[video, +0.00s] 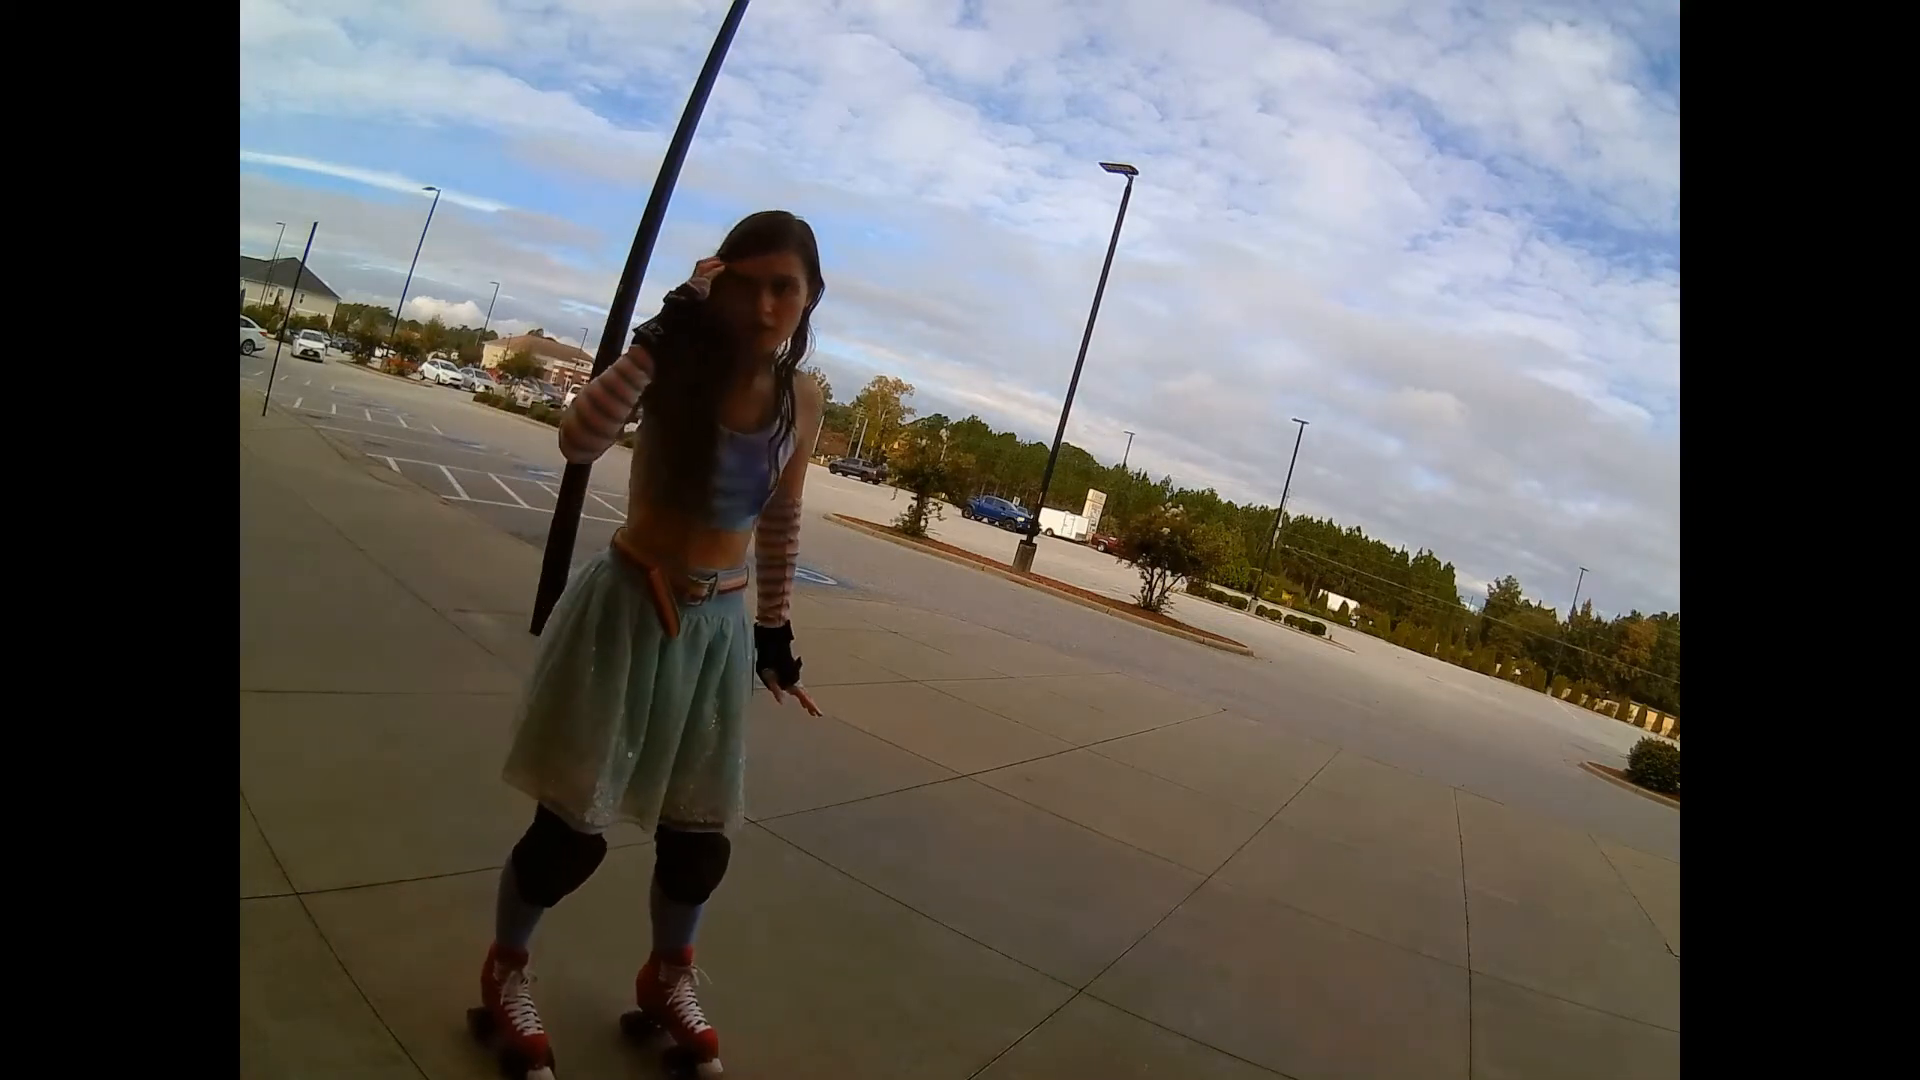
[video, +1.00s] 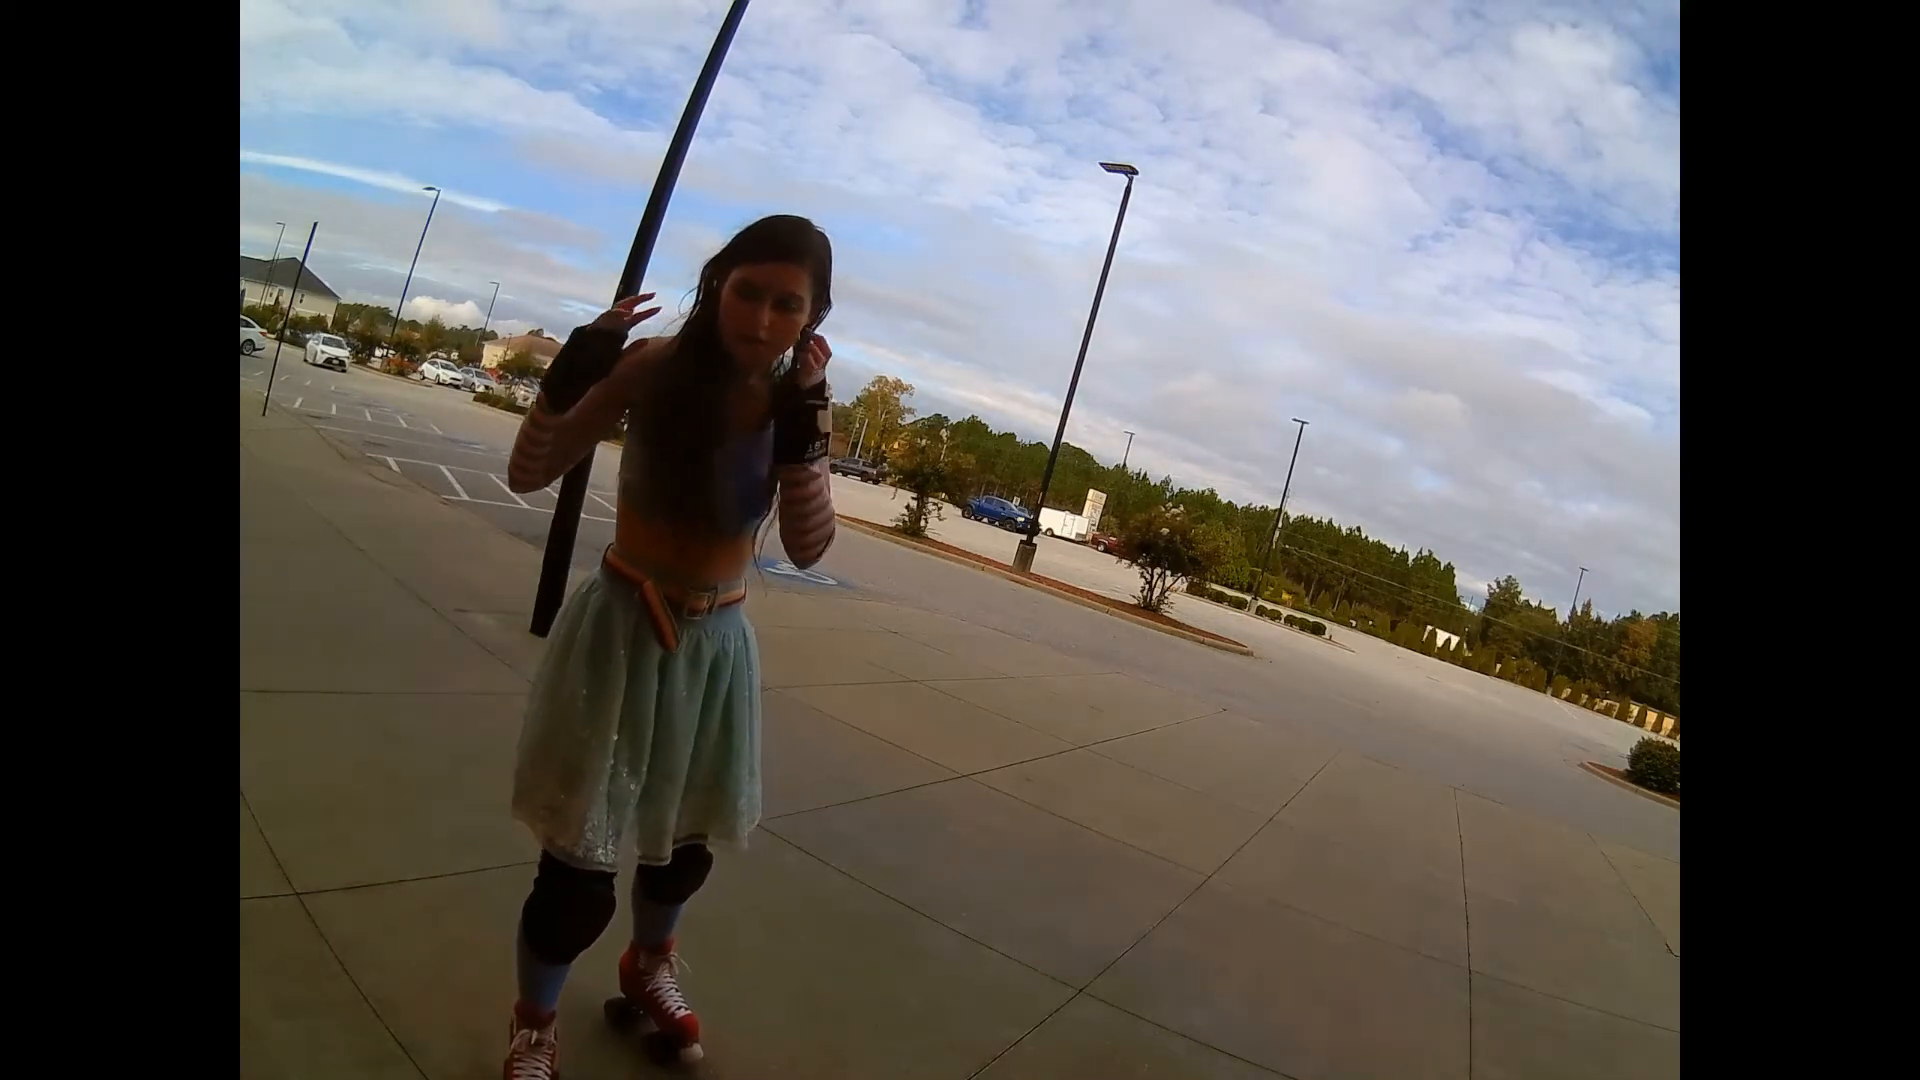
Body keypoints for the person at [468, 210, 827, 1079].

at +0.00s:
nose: (764, 306)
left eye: (785, 289)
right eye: (747, 284)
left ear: (809, 299)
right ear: (715, 283)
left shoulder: (800, 398)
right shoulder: (666, 359)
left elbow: (782, 518)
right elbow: (578, 442)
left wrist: (775, 622)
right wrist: (653, 342)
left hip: (720, 626)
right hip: (630, 609)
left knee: (699, 841)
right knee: (572, 835)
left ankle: (667, 982)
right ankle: (506, 970)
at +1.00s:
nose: (761, 321)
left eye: (786, 305)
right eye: (748, 294)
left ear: (810, 318)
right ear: (715, 288)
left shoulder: (791, 407)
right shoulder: (653, 371)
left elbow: (806, 544)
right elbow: (528, 470)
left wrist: (807, 409)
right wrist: (576, 365)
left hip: (717, 638)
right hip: (621, 626)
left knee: (685, 847)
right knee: (580, 866)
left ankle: (648, 967)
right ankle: (535, 1026)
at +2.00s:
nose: (805, 323)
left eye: (829, 303)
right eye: (785, 296)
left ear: (857, 320)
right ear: (750, 297)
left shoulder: (834, 422)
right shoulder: (682, 383)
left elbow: (815, 579)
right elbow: (571, 512)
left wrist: (784, 511)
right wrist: (579, 633)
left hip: (727, 650)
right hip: (630, 641)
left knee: (707, 878)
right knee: (595, 907)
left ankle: (680, 1002)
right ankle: (536, 1043)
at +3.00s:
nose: (905, 304)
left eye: (918, 288)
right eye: (886, 279)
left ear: (923, 304)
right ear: (826, 280)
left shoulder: (888, 410)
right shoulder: (726, 367)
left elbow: (891, 520)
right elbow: (579, 435)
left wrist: (851, 618)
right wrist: (577, 570)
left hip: (781, 671)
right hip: (670, 646)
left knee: (750, 899)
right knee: (602, 893)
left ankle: (719, 1034)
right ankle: (536, 1029)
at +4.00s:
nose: (857, 294)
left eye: (870, 280)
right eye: (840, 272)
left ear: (877, 293)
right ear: (789, 271)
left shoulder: (858, 403)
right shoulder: (701, 375)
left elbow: (902, 548)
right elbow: (656, 526)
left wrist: (933, 446)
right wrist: (773, 483)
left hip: (783, 665)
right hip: (678, 647)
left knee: (754, 901)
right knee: (609, 898)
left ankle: (716, 1035)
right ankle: (538, 1022)